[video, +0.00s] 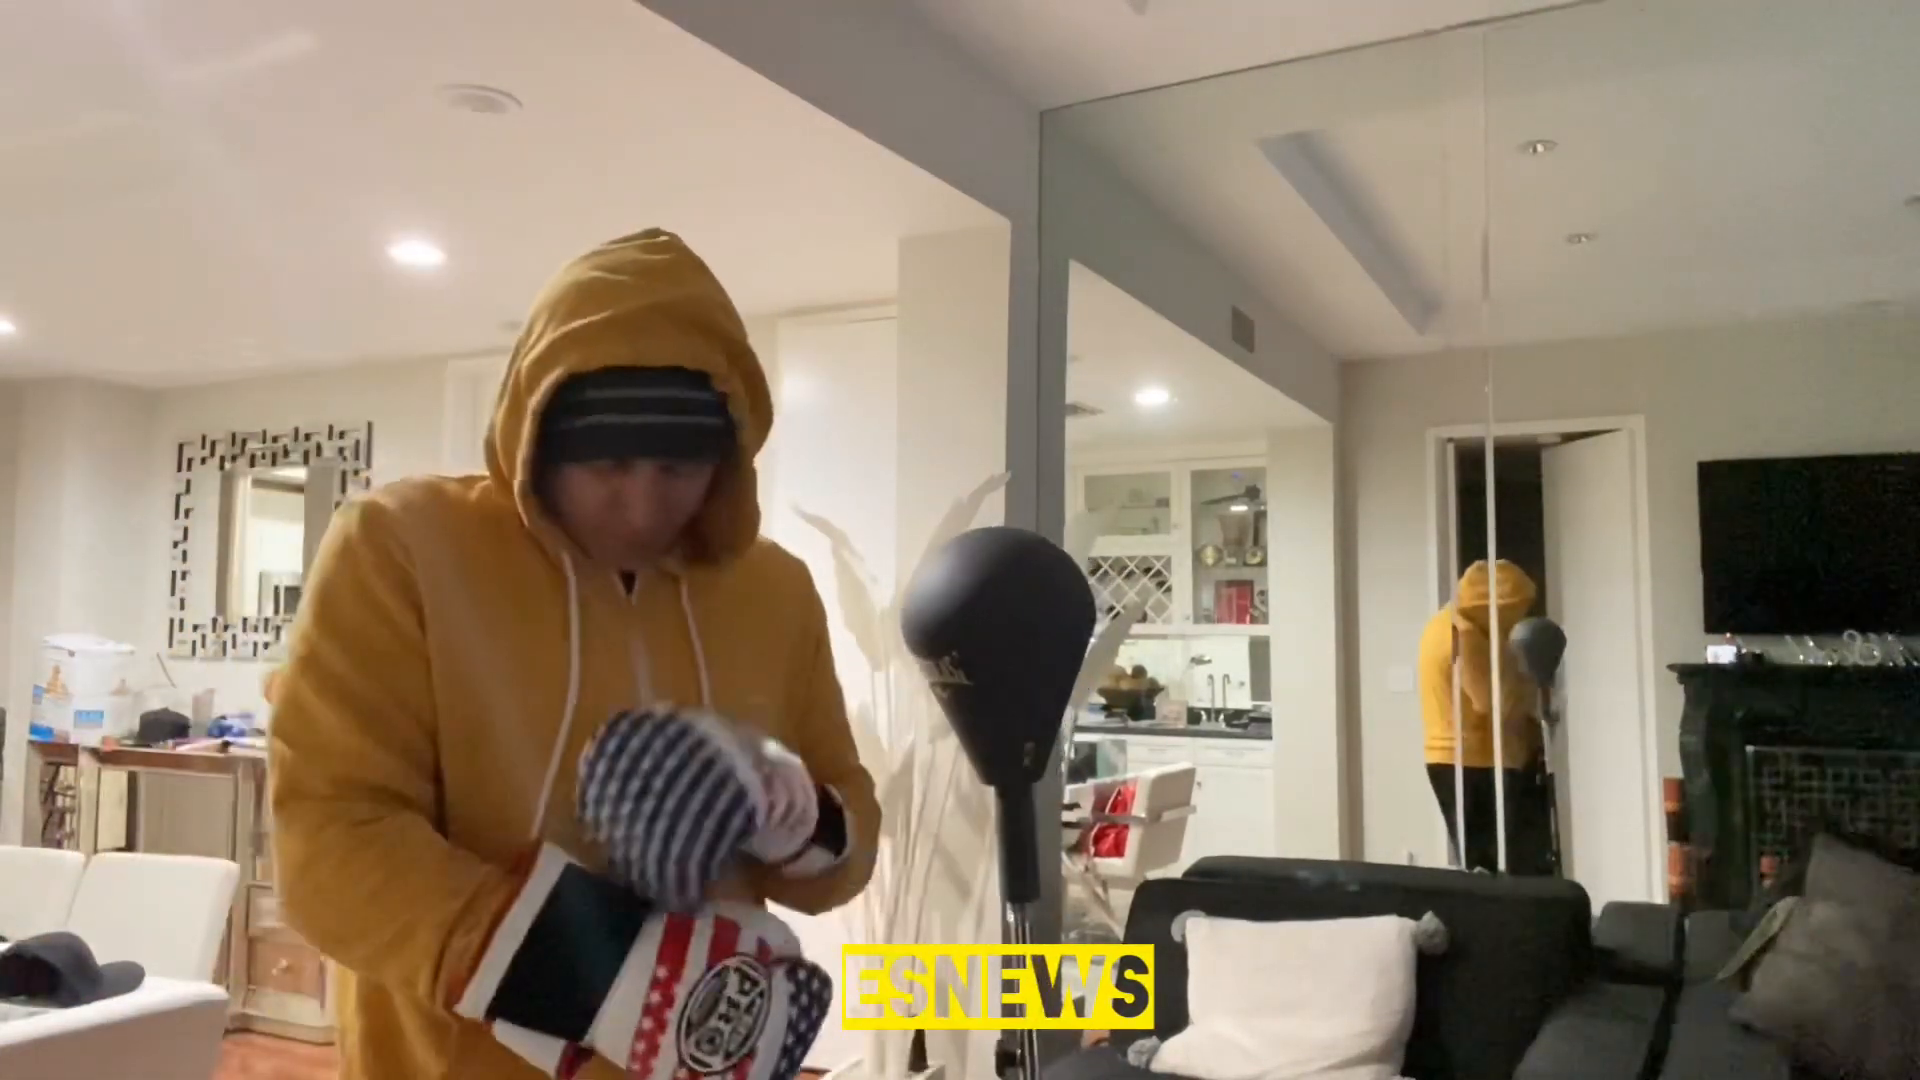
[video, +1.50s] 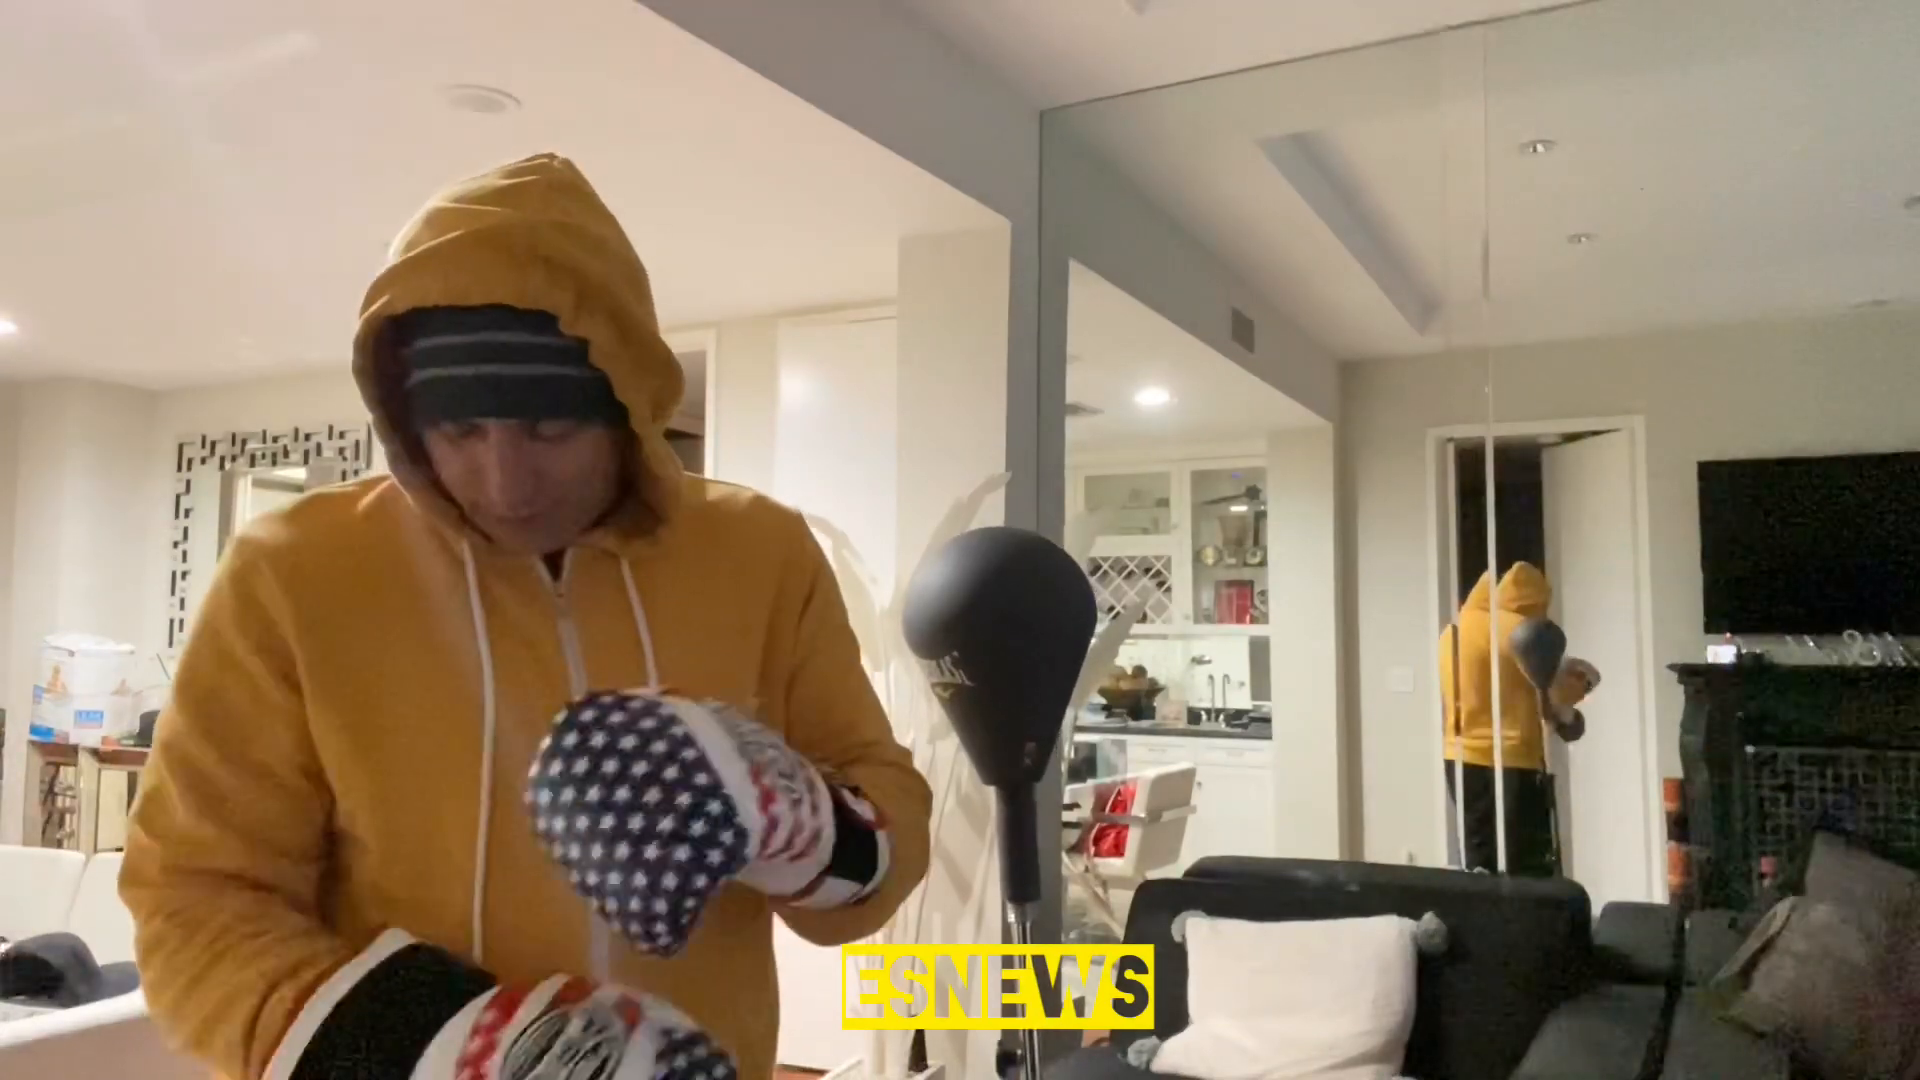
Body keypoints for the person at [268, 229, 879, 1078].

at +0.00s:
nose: (640, 505)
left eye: (678, 465)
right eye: (604, 462)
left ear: (720, 465)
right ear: (538, 451)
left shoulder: (773, 594)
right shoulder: (402, 551)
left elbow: (847, 853)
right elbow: (332, 842)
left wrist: (788, 817)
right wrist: (597, 966)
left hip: (693, 1061)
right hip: (448, 1059)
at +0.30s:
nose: (606, 513)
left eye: (647, 466)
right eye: (568, 465)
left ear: (703, 455)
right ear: (515, 451)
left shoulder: (786, 582)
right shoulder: (392, 564)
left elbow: (864, 815)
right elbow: (343, 874)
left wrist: (783, 864)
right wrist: (574, 1049)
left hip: (733, 1057)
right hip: (464, 1059)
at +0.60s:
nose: (549, 506)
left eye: (591, 456)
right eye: (510, 457)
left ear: (666, 437)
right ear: (466, 445)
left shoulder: (783, 566)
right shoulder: (363, 571)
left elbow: (879, 789)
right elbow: (324, 886)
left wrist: (777, 842)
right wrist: (390, 1053)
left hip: (718, 1055)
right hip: (463, 1056)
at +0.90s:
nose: (514, 502)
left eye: (558, 448)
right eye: (469, 452)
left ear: (635, 421)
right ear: (420, 438)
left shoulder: (760, 548)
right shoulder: (320, 581)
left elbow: (878, 784)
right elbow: (250, 940)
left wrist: (789, 798)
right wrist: (293, 1071)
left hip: (710, 1060)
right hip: (427, 1060)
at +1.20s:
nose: (489, 496)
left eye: (533, 438)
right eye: (444, 444)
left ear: (614, 409)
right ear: (392, 429)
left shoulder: (752, 553)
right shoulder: (282, 589)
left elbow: (878, 784)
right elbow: (215, 937)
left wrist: (847, 829)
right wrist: (298, 1061)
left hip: (695, 1059)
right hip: (417, 1058)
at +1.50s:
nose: (504, 481)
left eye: (551, 423)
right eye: (460, 427)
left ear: (627, 404)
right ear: (408, 420)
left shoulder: (759, 559)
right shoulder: (292, 581)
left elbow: (885, 814)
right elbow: (195, 896)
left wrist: (788, 822)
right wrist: (436, 1038)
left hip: (703, 1064)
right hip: (424, 1075)